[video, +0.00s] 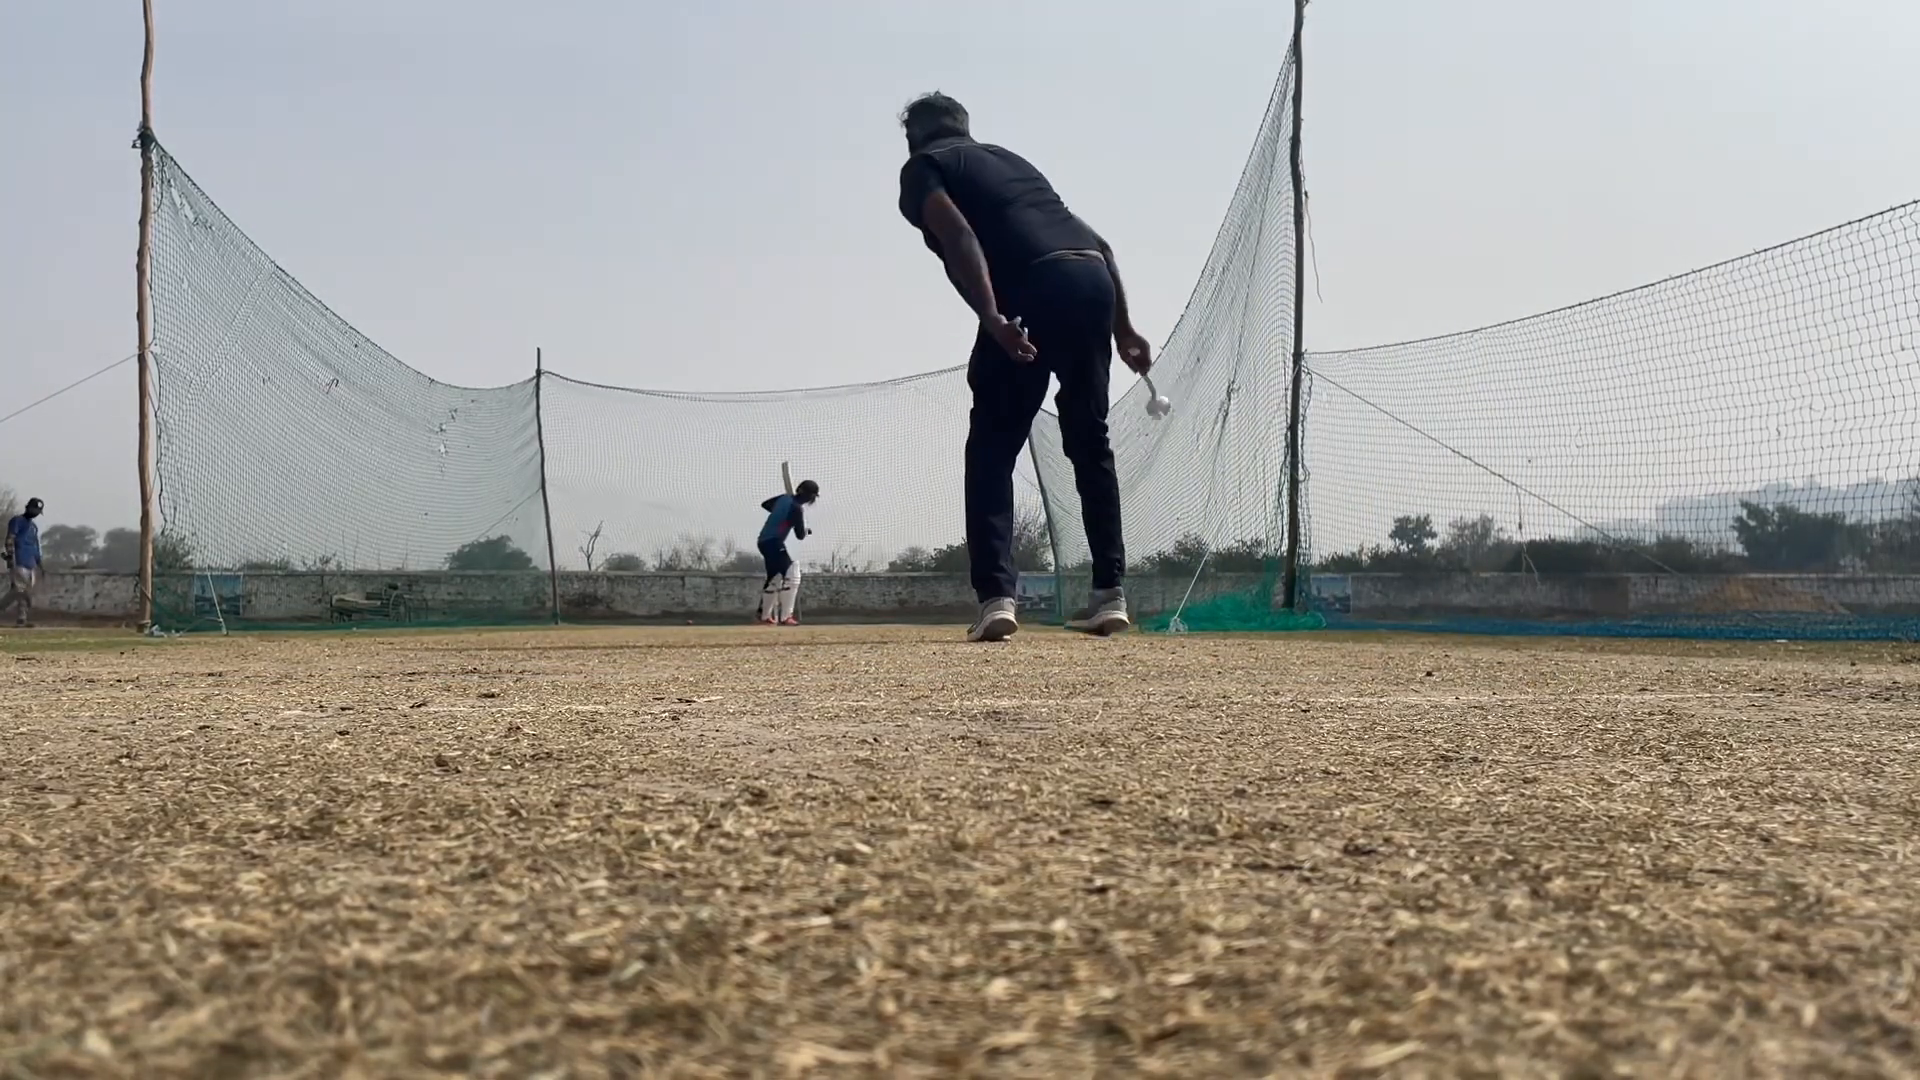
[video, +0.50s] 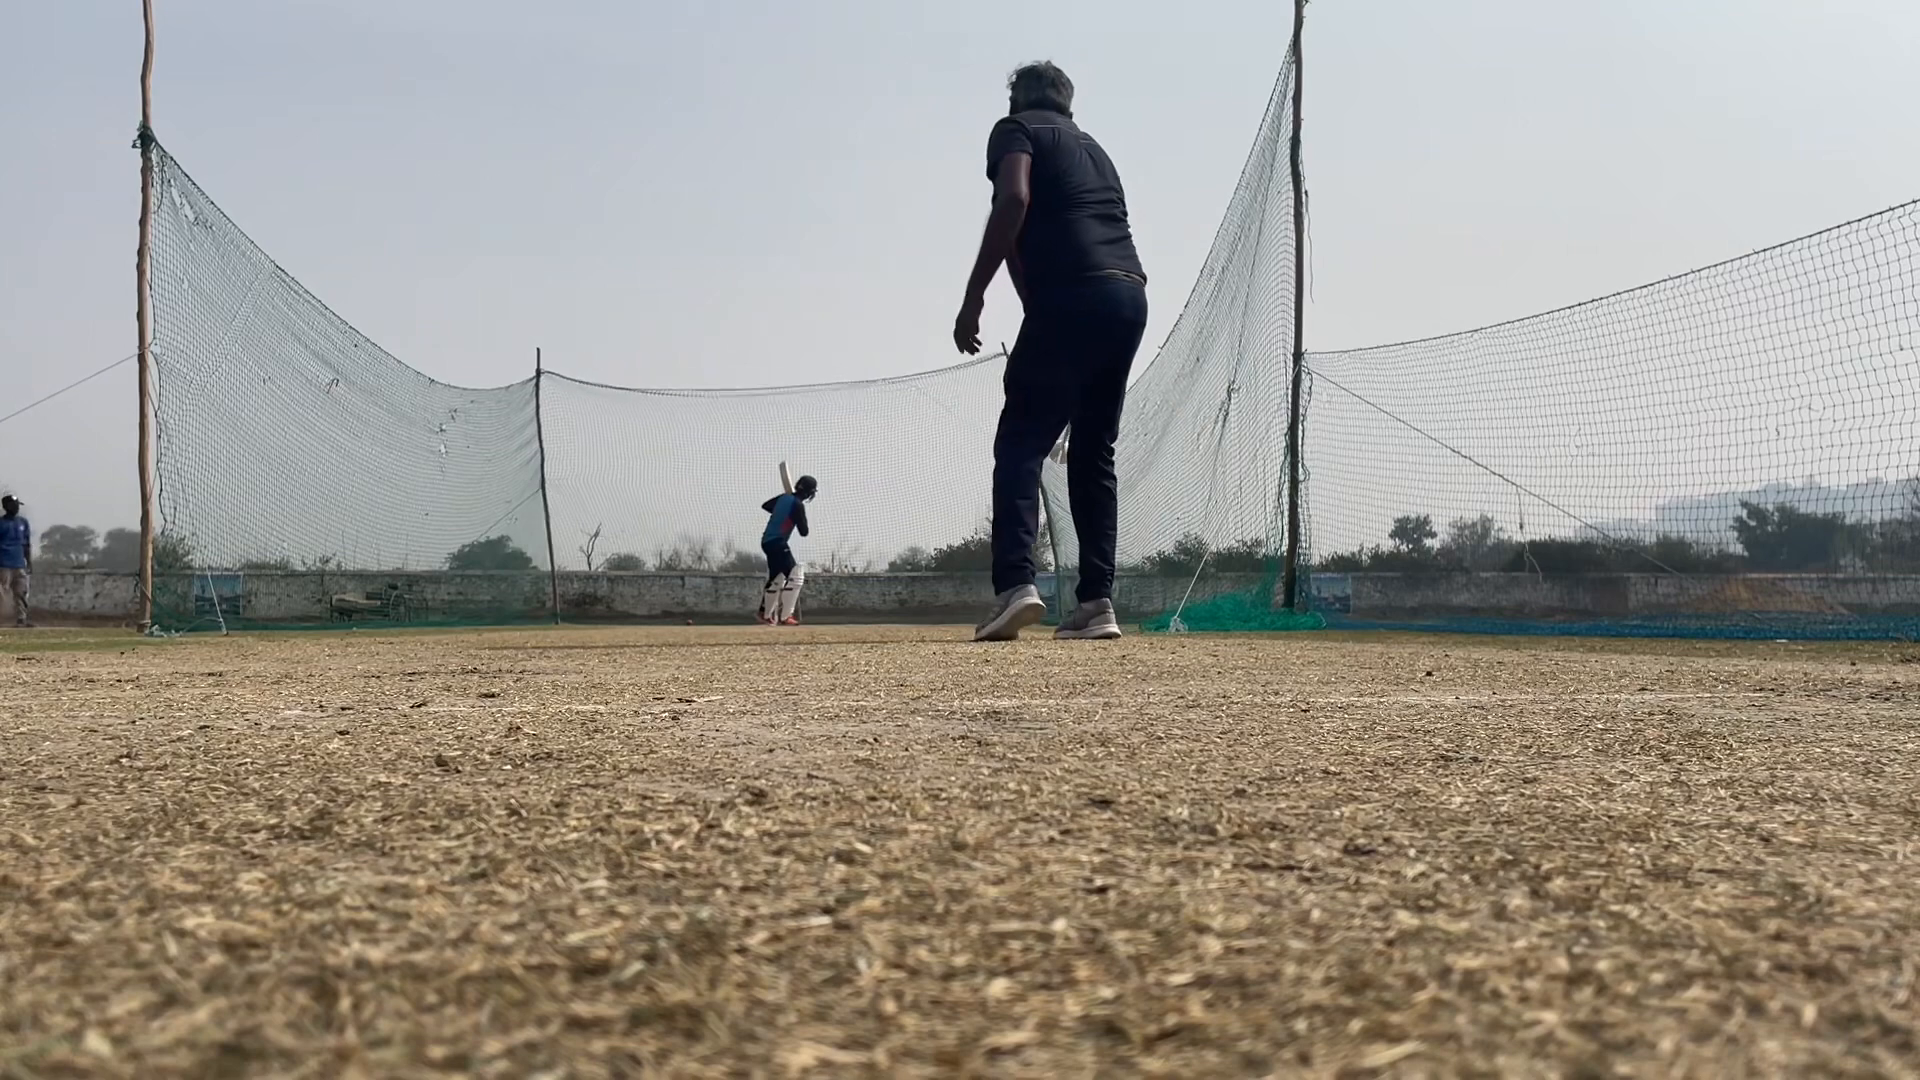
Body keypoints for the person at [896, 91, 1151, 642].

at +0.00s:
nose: (910, 148)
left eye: (910, 140)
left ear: (914, 136)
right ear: (963, 128)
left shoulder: (921, 167)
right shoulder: (1010, 161)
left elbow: (956, 232)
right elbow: (1093, 242)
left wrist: (991, 317)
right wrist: (1123, 326)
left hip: (1029, 291)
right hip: (1092, 279)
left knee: (991, 449)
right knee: (1089, 438)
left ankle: (997, 599)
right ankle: (1110, 595)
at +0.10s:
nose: (929, 139)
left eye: (928, 131)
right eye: (933, 130)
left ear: (932, 129)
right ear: (981, 124)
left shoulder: (938, 152)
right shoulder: (1026, 164)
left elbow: (972, 183)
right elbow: (1101, 255)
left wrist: (1007, 242)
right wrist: (1139, 341)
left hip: (1036, 293)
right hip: (1099, 294)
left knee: (990, 452)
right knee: (1076, 452)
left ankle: (997, 596)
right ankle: (1093, 603)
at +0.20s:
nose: (948, 133)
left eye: (948, 125)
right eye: (952, 126)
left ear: (956, 120)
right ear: (1003, 119)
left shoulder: (961, 140)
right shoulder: (1041, 159)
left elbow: (989, 165)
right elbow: (1091, 255)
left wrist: (1007, 218)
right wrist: (1126, 359)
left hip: (1047, 302)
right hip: (1106, 298)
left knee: (994, 453)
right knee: (1079, 457)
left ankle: (997, 589)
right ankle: (1096, 604)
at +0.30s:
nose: (968, 124)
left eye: (969, 116)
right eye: (973, 115)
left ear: (976, 112)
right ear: (1025, 112)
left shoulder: (984, 135)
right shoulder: (1056, 154)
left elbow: (1003, 171)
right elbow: (1067, 240)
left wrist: (995, 249)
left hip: (1058, 295)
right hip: (1115, 294)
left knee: (1007, 445)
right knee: (1083, 455)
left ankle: (999, 582)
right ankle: (1096, 604)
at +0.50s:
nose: (1010, 109)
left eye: (1012, 102)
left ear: (1016, 100)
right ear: (1067, 103)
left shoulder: (1017, 125)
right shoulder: (1091, 147)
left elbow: (1013, 200)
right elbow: (1100, 231)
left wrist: (972, 301)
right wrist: (1045, 303)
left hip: (1068, 299)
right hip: (1127, 296)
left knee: (1020, 445)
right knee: (1093, 452)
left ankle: (1016, 587)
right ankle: (1097, 604)